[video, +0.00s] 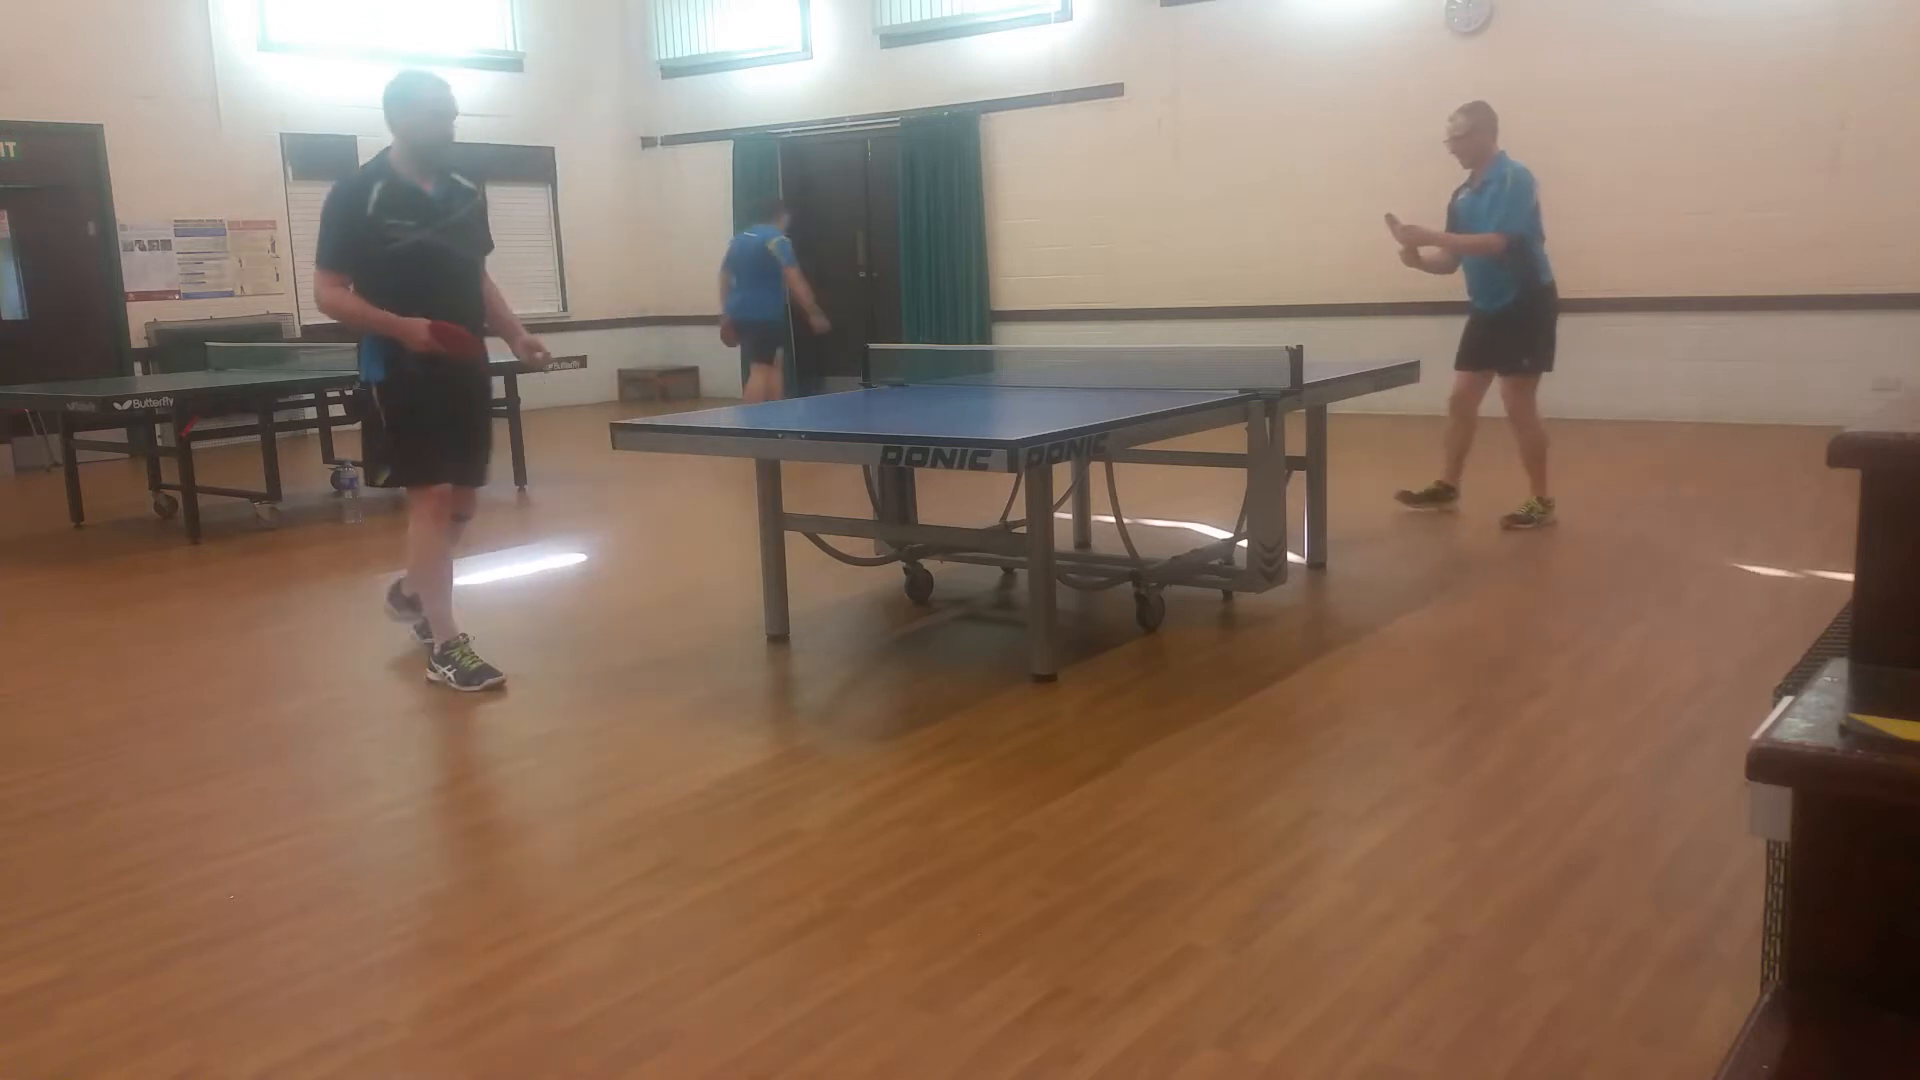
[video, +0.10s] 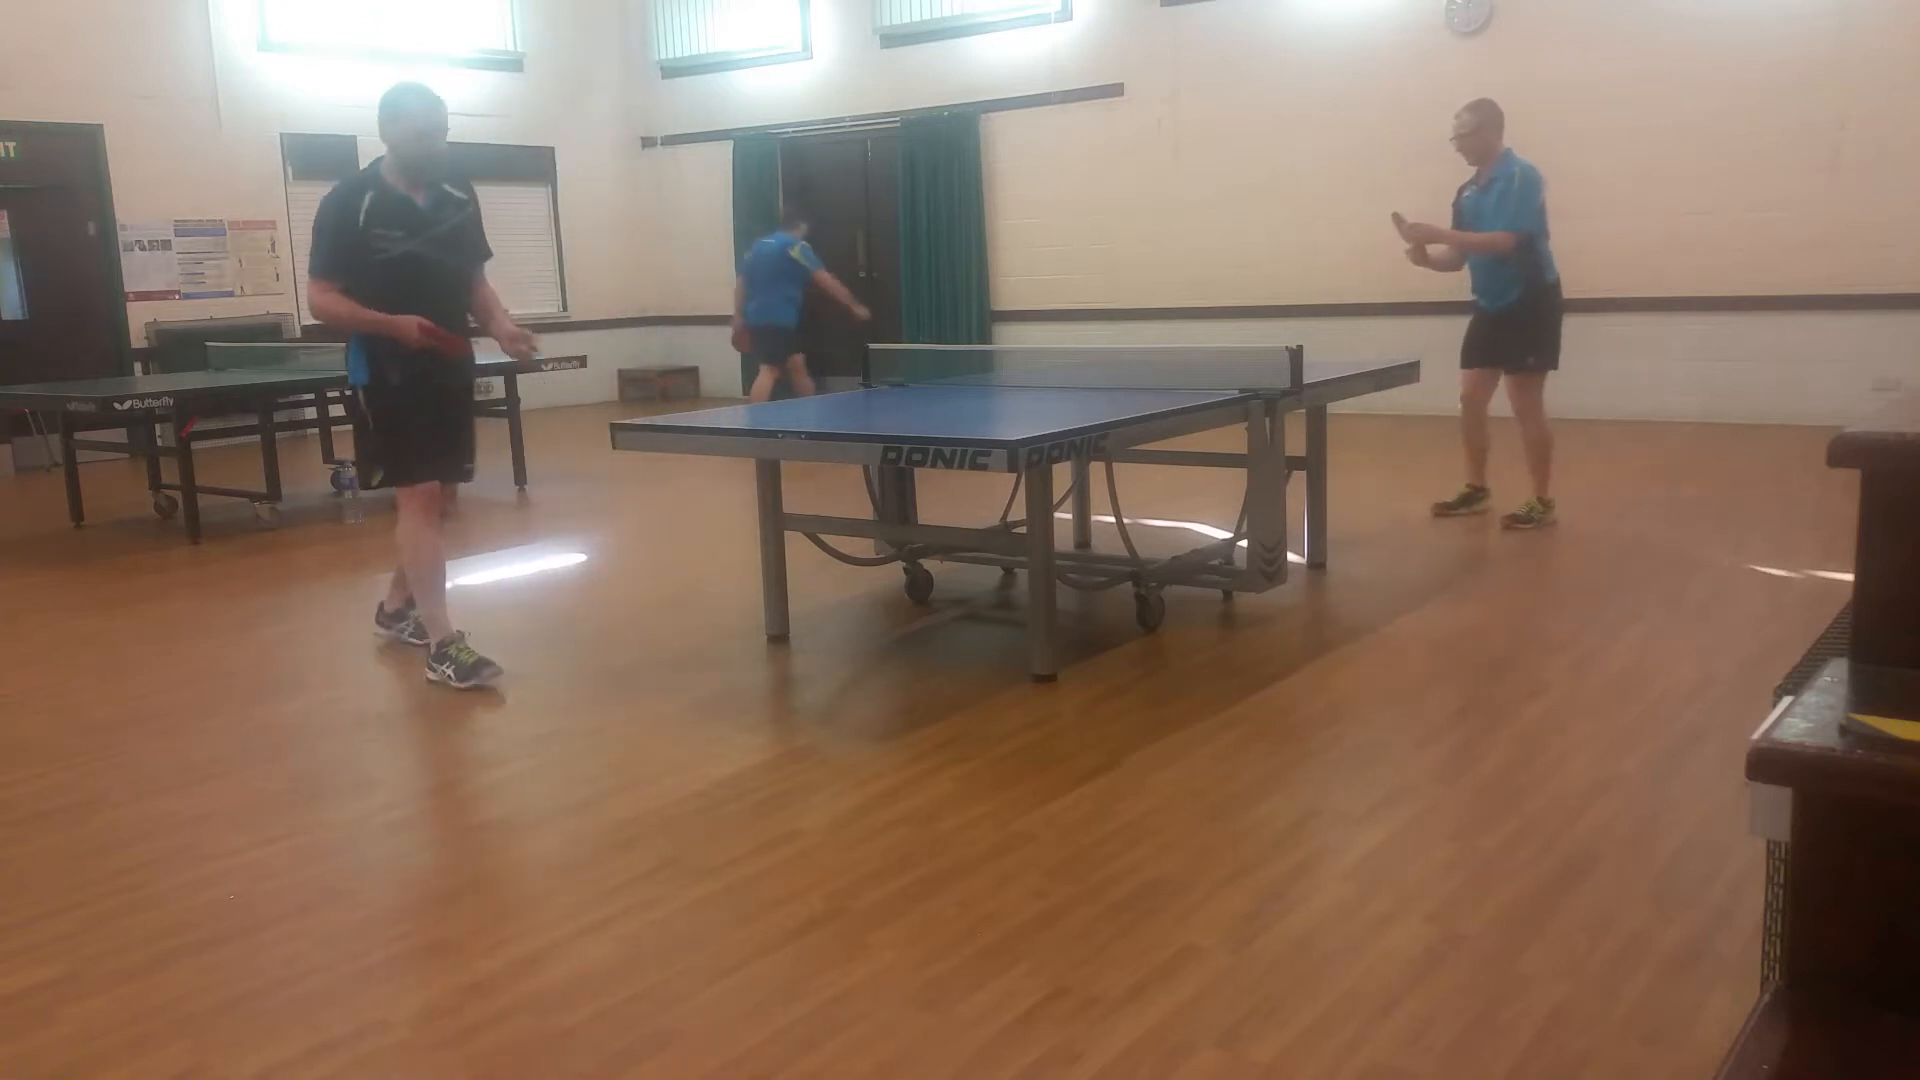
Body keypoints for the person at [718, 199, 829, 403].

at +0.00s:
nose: (787, 223)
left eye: (788, 218)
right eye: (786, 218)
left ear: (762, 215)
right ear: (779, 216)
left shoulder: (739, 239)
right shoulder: (778, 241)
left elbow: (724, 277)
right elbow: (795, 280)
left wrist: (725, 313)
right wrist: (814, 313)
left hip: (742, 314)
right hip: (766, 315)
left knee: (774, 367)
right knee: (759, 371)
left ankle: (777, 420)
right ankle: (748, 426)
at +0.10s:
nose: (805, 235)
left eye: (806, 231)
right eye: (805, 230)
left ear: (783, 225)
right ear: (799, 227)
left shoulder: (758, 246)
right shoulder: (796, 247)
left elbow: (740, 283)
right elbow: (824, 280)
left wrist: (737, 317)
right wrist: (854, 306)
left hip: (756, 318)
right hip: (780, 320)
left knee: (796, 363)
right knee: (768, 371)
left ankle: (814, 413)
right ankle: (751, 422)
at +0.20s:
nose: (825, 238)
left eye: (825, 235)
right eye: (824, 234)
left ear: (794, 231)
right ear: (817, 232)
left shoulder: (777, 251)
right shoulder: (815, 249)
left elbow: (759, 284)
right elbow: (844, 281)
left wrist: (754, 317)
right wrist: (876, 297)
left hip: (776, 324)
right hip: (801, 325)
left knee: (818, 363)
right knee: (787, 371)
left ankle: (829, 415)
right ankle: (761, 418)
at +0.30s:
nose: (840, 238)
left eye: (839, 235)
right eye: (839, 234)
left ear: (815, 230)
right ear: (835, 232)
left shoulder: (793, 251)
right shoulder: (833, 247)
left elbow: (778, 287)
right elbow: (855, 279)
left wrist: (774, 320)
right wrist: (882, 297)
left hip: (795, 321)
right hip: (822, 320)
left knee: (819, 370)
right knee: (829, 371)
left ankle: (832, 417)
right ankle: (790, 400)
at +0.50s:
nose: (866, 235)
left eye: (865, 232)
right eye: (865, 232)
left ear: (842, 228)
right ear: (862, 229)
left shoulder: (821, 247)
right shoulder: (864, 245)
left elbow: (809, 285)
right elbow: (879, 281)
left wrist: (815, 315)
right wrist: (894, 310)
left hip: (828, 315)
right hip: (859, 314)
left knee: (840, 364)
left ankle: (839, 409)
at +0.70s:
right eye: (898, 243)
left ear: (871, 240)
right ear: (894, 241)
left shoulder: (852, 255)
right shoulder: (901, 254)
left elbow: (841, 288)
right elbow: (915, 287)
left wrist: (849, 314)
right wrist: (924, 319)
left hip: (859, 320)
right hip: (895, 319)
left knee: (854, 367)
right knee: (911, 359)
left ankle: (841, 410)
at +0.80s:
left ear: (891, 252)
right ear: (910, 253)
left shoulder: (872, 265)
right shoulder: (918, 265)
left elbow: (857, 297)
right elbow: (935, 300)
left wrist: (866, 317)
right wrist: (943, 326)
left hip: (878, 328)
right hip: (914, 328)